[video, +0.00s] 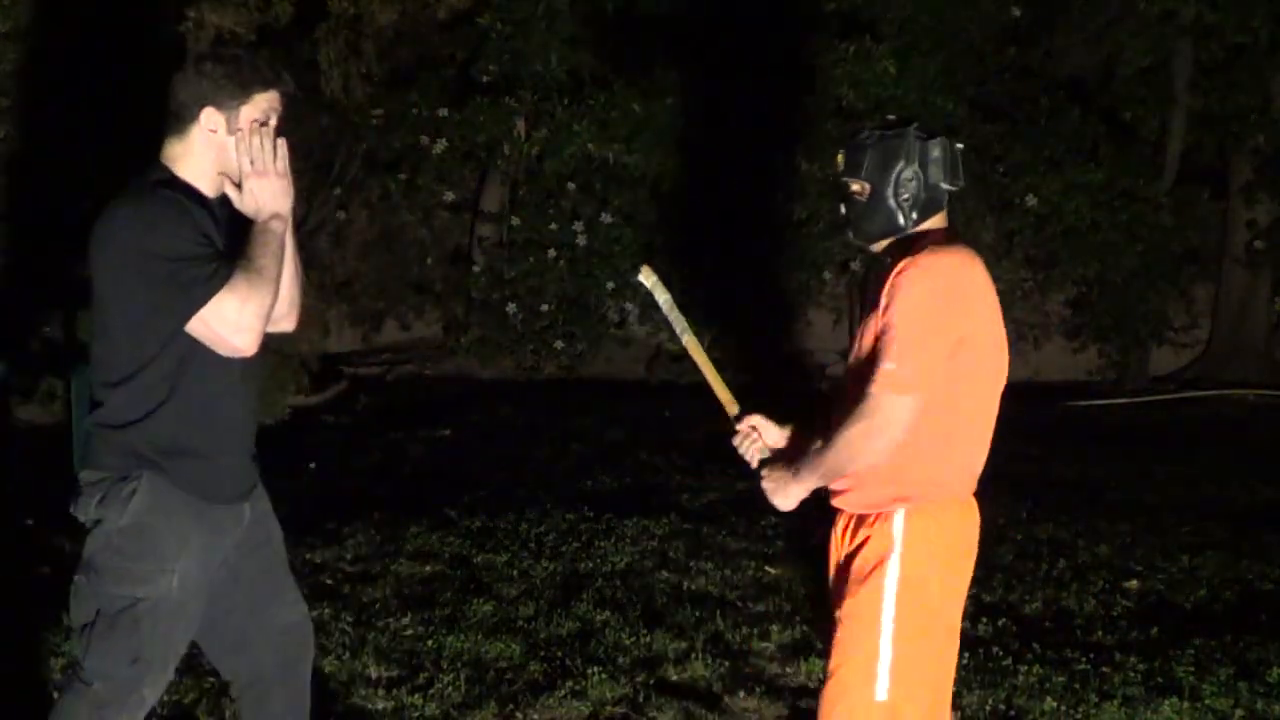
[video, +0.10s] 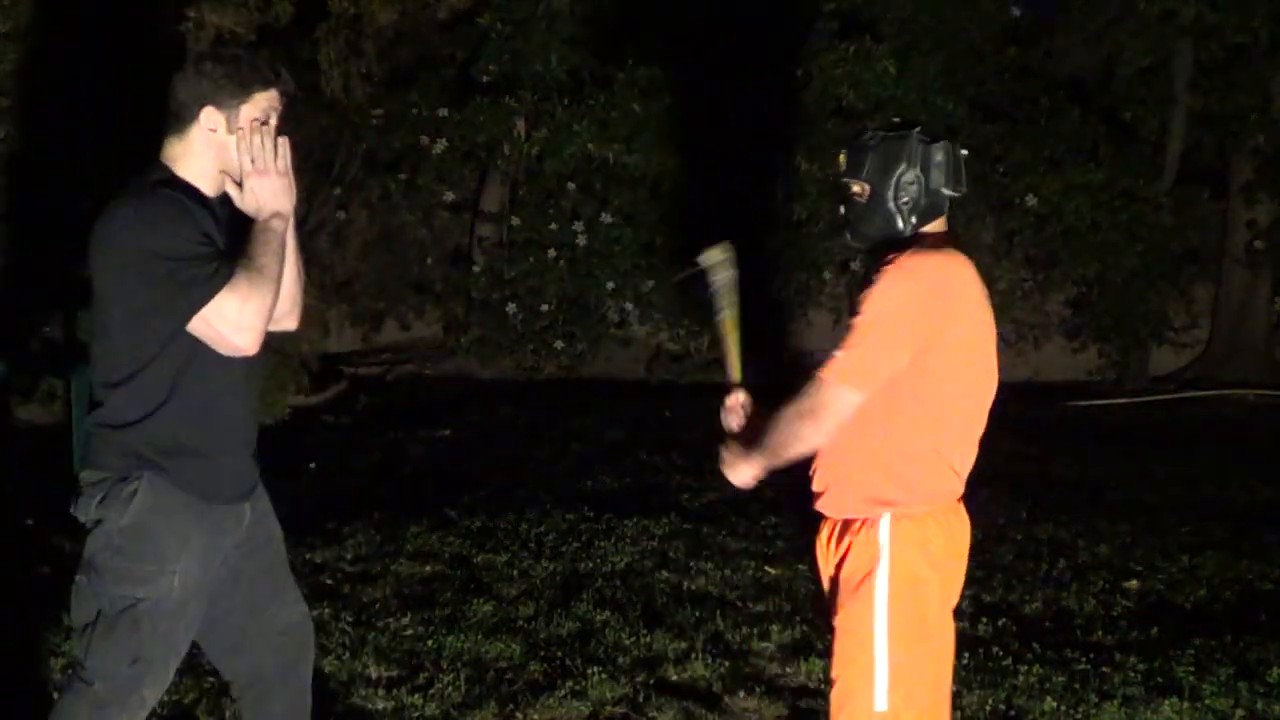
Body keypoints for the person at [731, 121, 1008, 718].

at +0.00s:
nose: (848, 206)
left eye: (859, 190)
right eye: (848, 190)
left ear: (901, 190)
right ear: (905, 192)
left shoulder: (929, 275)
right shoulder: (920, 273)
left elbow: (888, 412)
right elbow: (877, 414)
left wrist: (802, 476)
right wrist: (792, 441)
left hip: (909, 534)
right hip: (893, 529)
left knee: (864, 705)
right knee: (902, 703)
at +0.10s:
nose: (849, 205)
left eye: (858, 190)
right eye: (850, 189)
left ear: (893, 194)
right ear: (923, 195)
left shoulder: (914, 279)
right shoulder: (942, 275)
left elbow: (831, 403)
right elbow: (869, 405)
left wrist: (754, 458)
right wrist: (766, 424)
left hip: (893, 539)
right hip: (908, 533)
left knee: (877, 706)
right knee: (899, 703)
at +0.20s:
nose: (828, 215)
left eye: (839, 201)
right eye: (830, 200)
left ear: (876, 207)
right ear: (908, 210)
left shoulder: (886, 291)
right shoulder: (937, 290)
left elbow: (754, 374)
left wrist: (708, 379)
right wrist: (773, 348)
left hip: (881, 550)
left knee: (862, 708)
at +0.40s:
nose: (742, 221)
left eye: (750, 210)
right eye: (744, 208)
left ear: (780, 217)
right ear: (828, 213)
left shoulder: (785, 297)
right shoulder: (867, 289)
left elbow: (676, 350)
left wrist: (676, 276)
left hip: (816, 553)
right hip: (763, 550)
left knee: (825, 709)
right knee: (672, 657)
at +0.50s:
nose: (692, 224)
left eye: (703, 210)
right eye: (694, 209)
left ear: (738, 218)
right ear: (772, 218)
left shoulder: (774, 312)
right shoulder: (752, 305)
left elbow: (627, 384)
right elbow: (666, 356)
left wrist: (570, 316)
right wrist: (622, 294)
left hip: (777, 557)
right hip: (710, 555)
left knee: (782, 711)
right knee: (622, 671)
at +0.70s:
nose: (664, 223)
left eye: (674, 210)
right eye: (665, 208)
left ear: (708, 219)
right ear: (744, 213)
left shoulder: (724, 309)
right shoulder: (797, 290)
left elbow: (618, 422)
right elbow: (669, 370)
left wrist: (564, 371)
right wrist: (602, 323)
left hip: (746, 546)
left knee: (700, 707)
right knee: (631, 663)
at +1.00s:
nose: (766, 231)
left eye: (775, 220)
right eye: (768, 217)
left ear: (806, 233)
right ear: (855, 231)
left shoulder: (828, 326)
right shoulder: (893, 304)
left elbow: (710, 424)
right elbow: (732, 396)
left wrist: (603, 433)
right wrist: (638, 411)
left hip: (909, 540)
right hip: (948, 529)